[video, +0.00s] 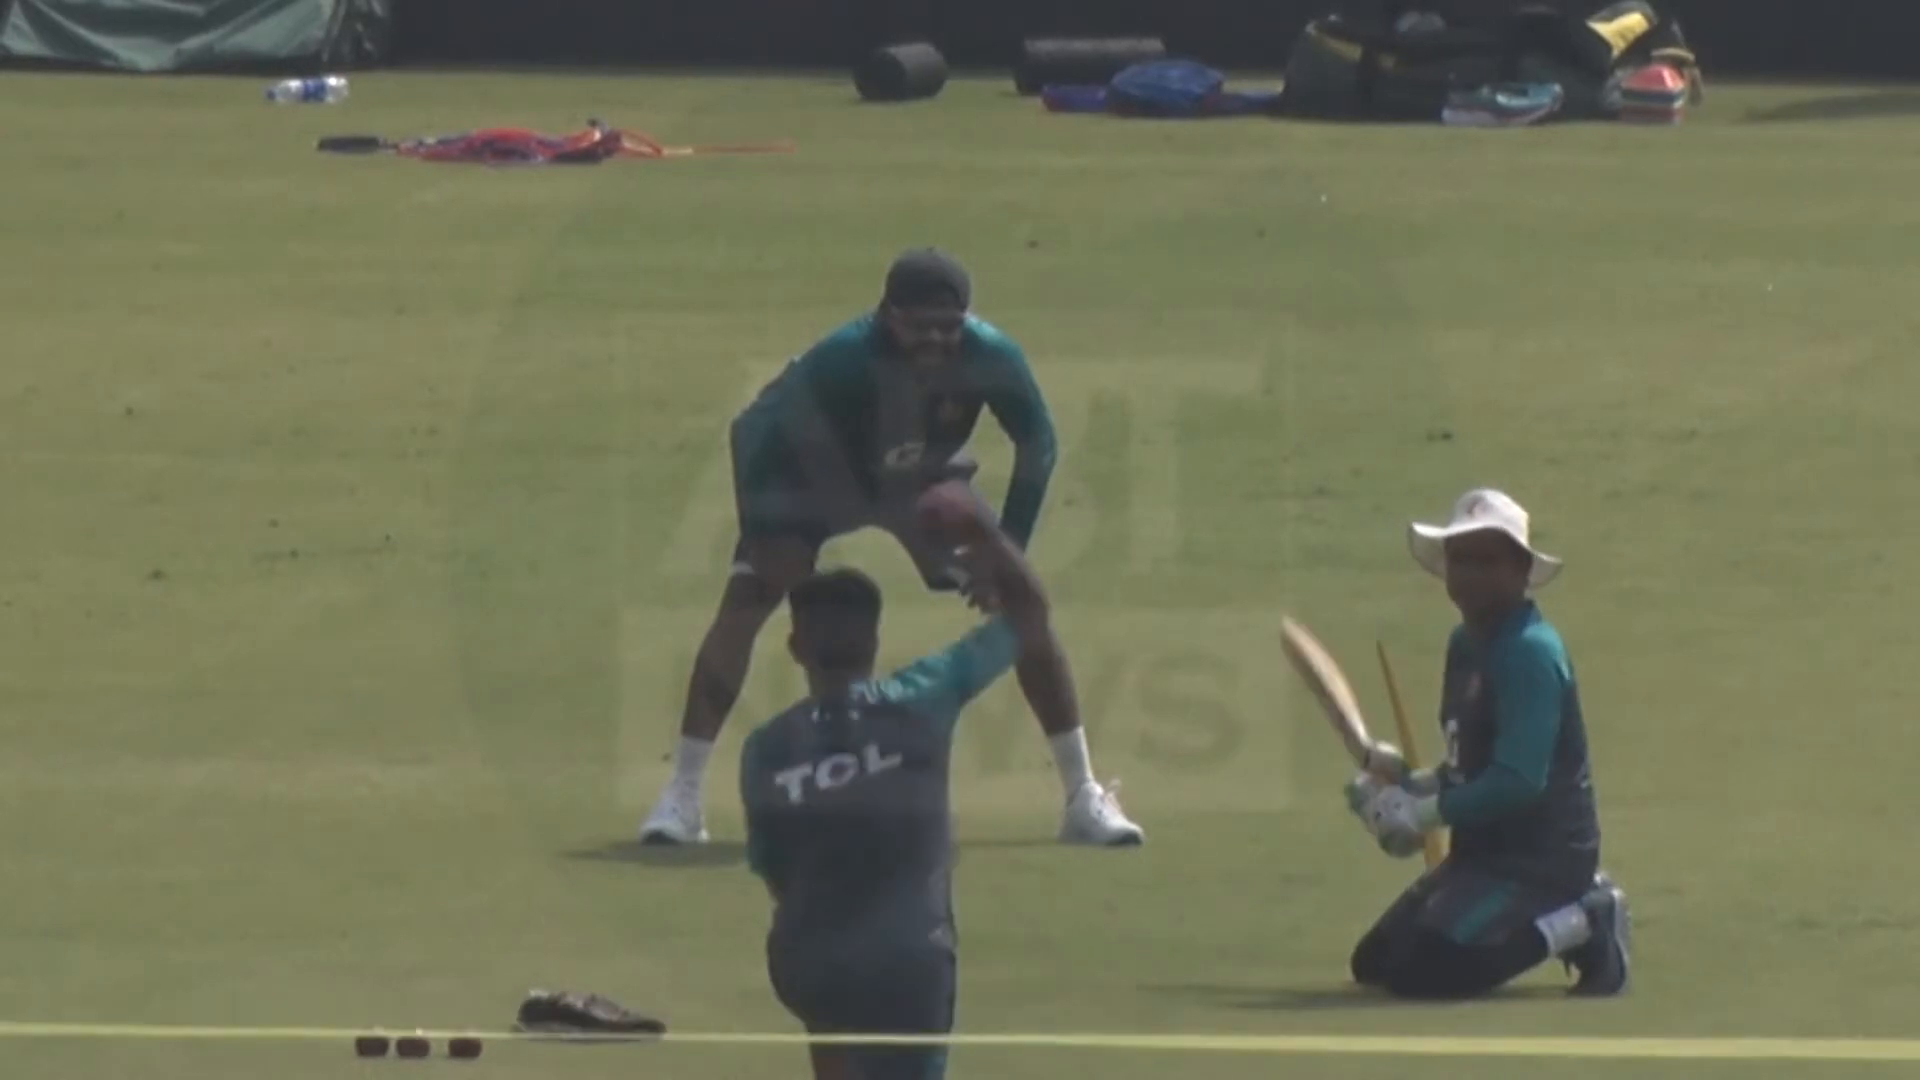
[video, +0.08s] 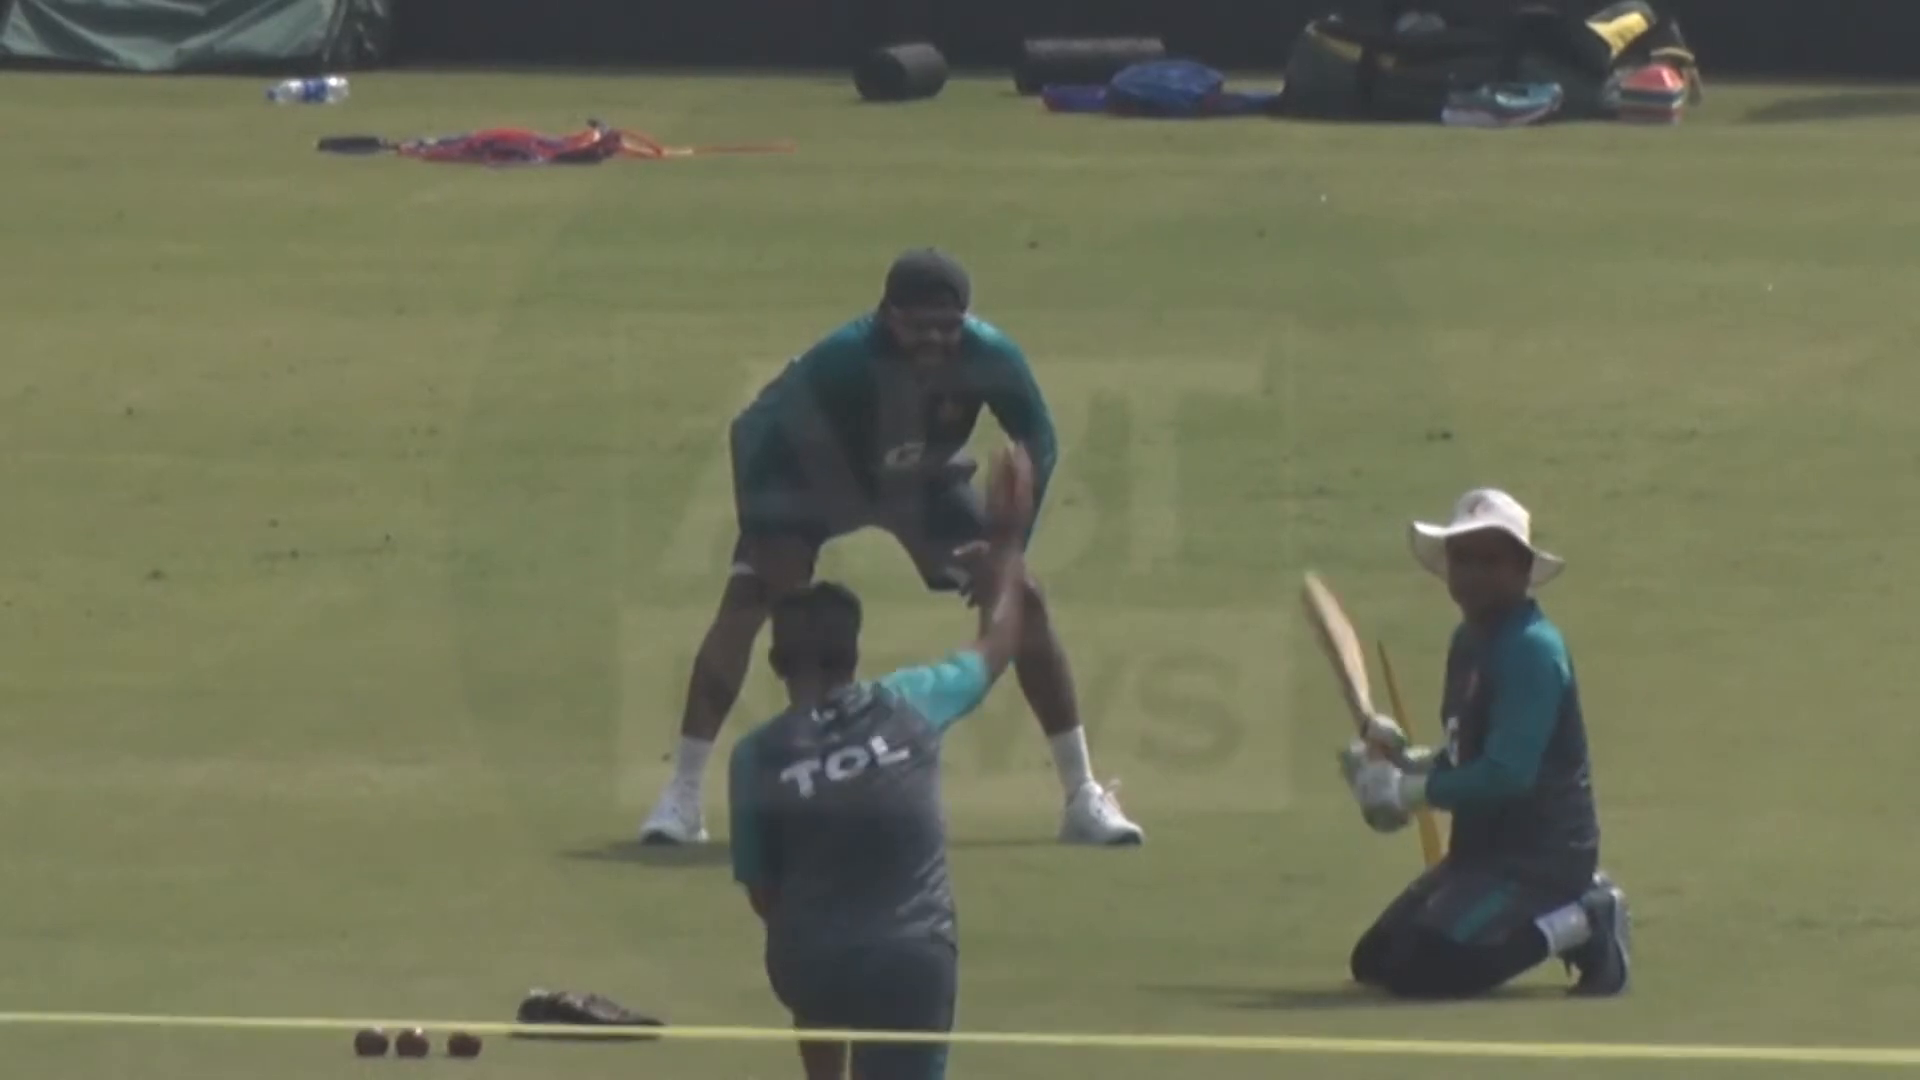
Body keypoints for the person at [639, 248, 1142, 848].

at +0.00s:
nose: (930, 342)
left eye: (943, 329)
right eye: (916, 328)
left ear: (962, 321)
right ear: (887, 317)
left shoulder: (993, 360)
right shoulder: (842, 359)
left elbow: (1037, 444)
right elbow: (753, 431)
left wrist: (1004, 553)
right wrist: (766, 538)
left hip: (922, 481)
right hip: (809, 478)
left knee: (1021, 606)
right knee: (746, 601)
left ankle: (1085, 794)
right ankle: (682, 796)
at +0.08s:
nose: (929, 343)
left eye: (942, 329)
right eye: (915, 329)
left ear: (962, 321)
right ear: (887, 317)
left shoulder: (992, 360)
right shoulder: (843, 360)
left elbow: (1038, 448)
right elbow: (754, 432)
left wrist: (1008, 548)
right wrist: (765, 540)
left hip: (924, 483)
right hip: (811, 481)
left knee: (1020, 601)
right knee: (746, 604)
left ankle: (1084, 794)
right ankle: (682, 794)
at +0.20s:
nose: (928, 342)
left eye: (941, 329)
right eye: (914, 328)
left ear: (961, 322)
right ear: (886, 317)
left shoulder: (992, 360)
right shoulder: (843, 359)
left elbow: (1038, 444)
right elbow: (754, 430)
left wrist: (1009, 548)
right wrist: (772, 540)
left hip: (925, 483)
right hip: (812, 481)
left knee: (1026, 608)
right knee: (749, 603)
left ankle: (1085, 796)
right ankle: (683, 795)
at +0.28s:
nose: (932, 340)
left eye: (944, 326)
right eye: (917, 326)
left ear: (961, 318)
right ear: (885, 315)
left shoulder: (991, 358)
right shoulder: (841, 357)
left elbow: (1039, 441)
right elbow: (748, 427)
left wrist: (1009, 546)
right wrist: (764, 533)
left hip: (926, 486)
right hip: (815, 485)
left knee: (1027, 608)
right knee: (750, 600)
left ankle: (1084, 796)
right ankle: (683, 795)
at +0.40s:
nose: (927, 328)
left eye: (941, 314)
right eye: (913, 314)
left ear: (960, 307)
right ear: (884, 303)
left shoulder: (988, 351)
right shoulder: (837, 347)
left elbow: (1037, 436)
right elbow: (744, 425)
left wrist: (1001, 544)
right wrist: (780, 532)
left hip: (926, 487)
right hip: (818, 484)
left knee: (1026, 605)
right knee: (749, 603)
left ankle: (1084, 796)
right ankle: (683, 795)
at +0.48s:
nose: (927, 323)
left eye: (941, 309)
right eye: (913, 309)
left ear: (959, 303)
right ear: (882, 299)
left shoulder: (985, 350)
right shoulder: (832, 348)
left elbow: (1022, 438)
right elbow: (754, 437)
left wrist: (980, 537)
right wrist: (809, 537)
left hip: (925, 484)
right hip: (819, 482)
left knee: (1027, 606)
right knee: (748, 599)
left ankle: (1084, 797)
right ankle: (683, 794)